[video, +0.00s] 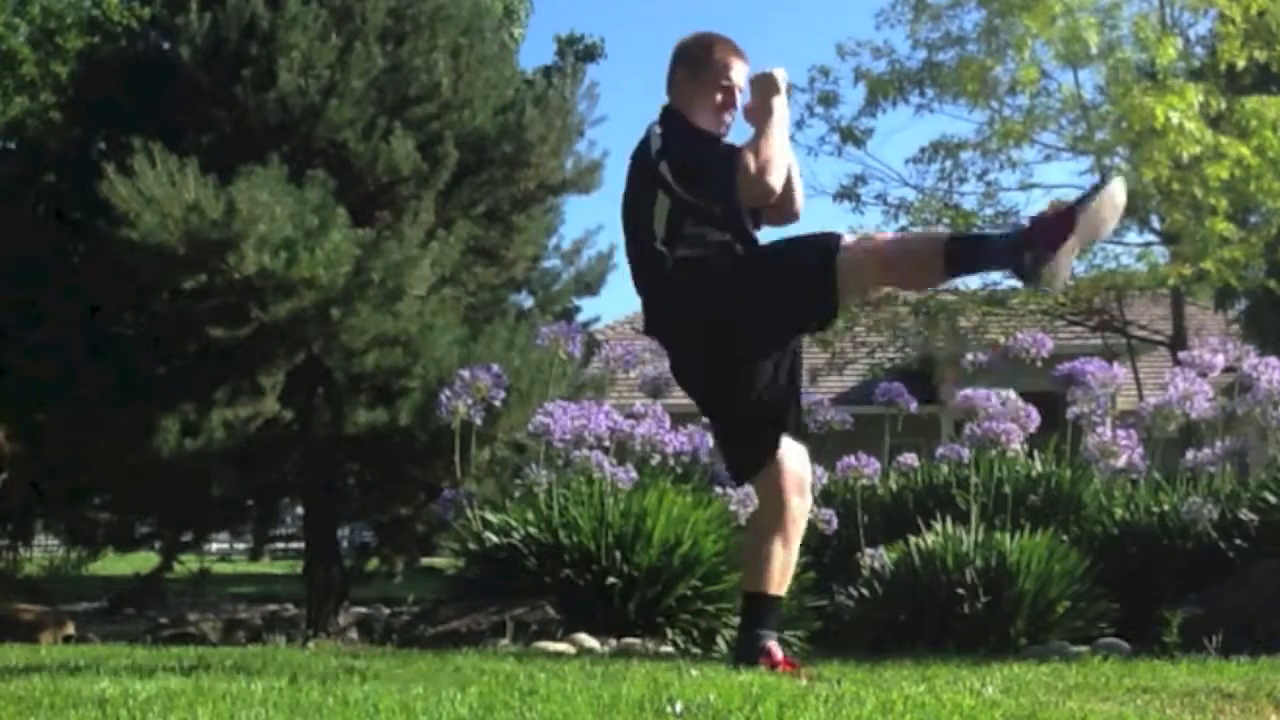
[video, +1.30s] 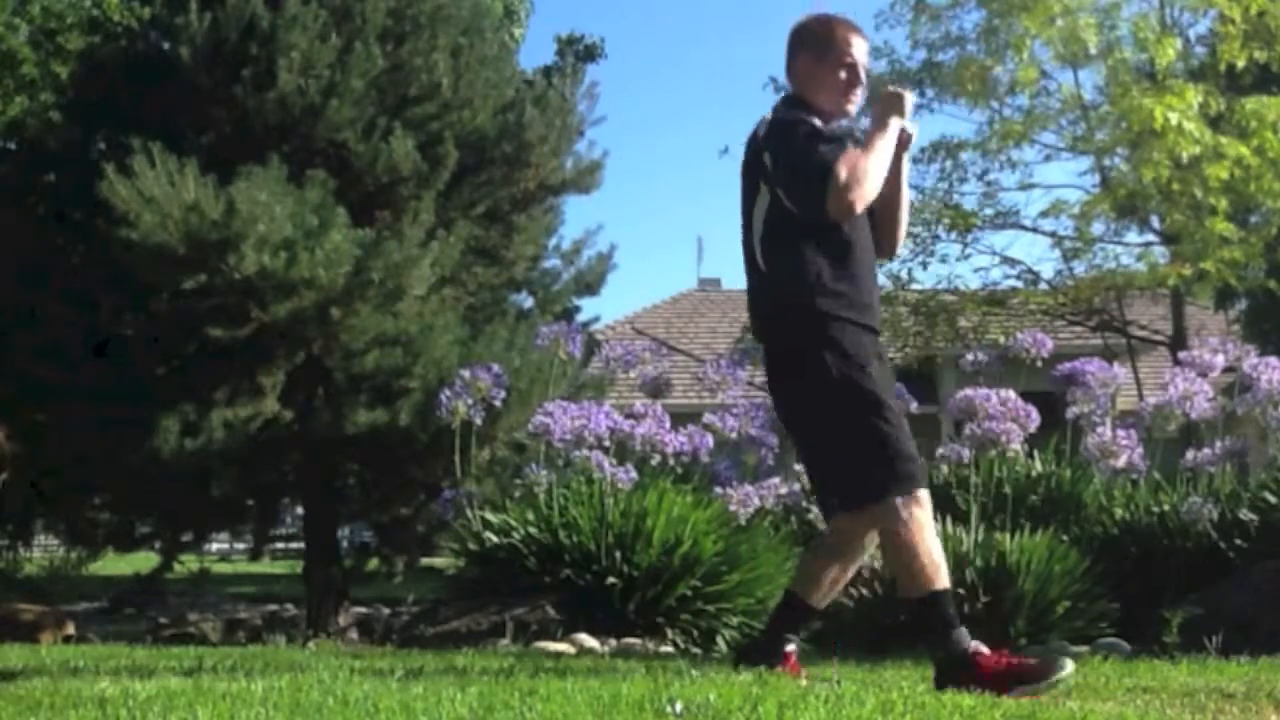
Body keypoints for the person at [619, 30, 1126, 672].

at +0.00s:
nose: (735, 101)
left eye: (738, 91)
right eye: (728, 87)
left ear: (718, 95)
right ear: (695, 83)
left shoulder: (702, 156)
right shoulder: (672, 143)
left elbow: (784, 210)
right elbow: (760, 179)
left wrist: (773, 127)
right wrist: (773, 109)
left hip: (706, 340)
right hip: (720, 299)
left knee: (787, 486)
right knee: (874, 259)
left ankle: (756, 644)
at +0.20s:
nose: (777, 102)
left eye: (777, 92)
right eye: (769, 89)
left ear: (720, 92)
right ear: (734, 88)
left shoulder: (711, 158)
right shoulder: (729, 146)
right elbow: (828, 200)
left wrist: (805, 148)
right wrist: (835, 121)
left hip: (769, 352)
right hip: (790, 312)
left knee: (833, 512)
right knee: (943, 237)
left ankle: (765, 644)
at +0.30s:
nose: (787, 98)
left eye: (787, 87)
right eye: (776, 85)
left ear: (727, 92)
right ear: (737, 84)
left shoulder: (703, 168)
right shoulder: (759, 144)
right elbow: (854, 191)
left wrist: (810, 150)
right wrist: (855, 115)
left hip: (775, 353)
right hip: (828, 320)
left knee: (842, 513)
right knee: (992, 348)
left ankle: (766, 646)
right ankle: (1024, 505)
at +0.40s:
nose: (813, 90)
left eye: (816, 79)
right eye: (800, 76)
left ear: (758, 90)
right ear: (756, 80)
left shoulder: (728, 168)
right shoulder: (795, 138)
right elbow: (890, 184)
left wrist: (837, 139)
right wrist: (883, 112)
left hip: (798, 351)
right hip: (855, 326)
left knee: (849, 519)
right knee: (967, 445)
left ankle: (767, 645)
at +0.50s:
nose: (854, 82)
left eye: (856, 71)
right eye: (840, 69)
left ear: (803, 83)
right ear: (793, 76)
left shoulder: (770, 158)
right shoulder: (827, 141)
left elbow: (832, 219)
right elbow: (930, 185)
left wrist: (865, 146)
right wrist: (918, 113)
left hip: (830, 352)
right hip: (878, 342)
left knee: (865, 522)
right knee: (932, 503)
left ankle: (768, 646)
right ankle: (980, 666)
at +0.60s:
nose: (899, 69)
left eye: (901, 57)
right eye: (886, 56)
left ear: (852, 63)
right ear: (839, 56)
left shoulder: (829, 123)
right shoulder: (845, 125)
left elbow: (906, 200)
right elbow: (940, 194)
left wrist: (914, 134)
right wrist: (950, 119)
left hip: (855, 334)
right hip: (887, 328)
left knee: (878, 513)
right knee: (954, 489)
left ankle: (772, 644)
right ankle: (980, 663)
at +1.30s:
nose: (857, 80)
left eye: (861, 70)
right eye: (844, 66)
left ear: (856, 77)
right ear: (800, 65)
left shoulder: (830, 141)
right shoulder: (791, 129)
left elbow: (885, 240)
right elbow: (845, 196)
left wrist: (894, 157)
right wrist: (885, 126)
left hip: (841, 340)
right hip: (823, 340)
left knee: (864, 505)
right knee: (902, 487)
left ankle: (772, 644)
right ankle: (958, 657)